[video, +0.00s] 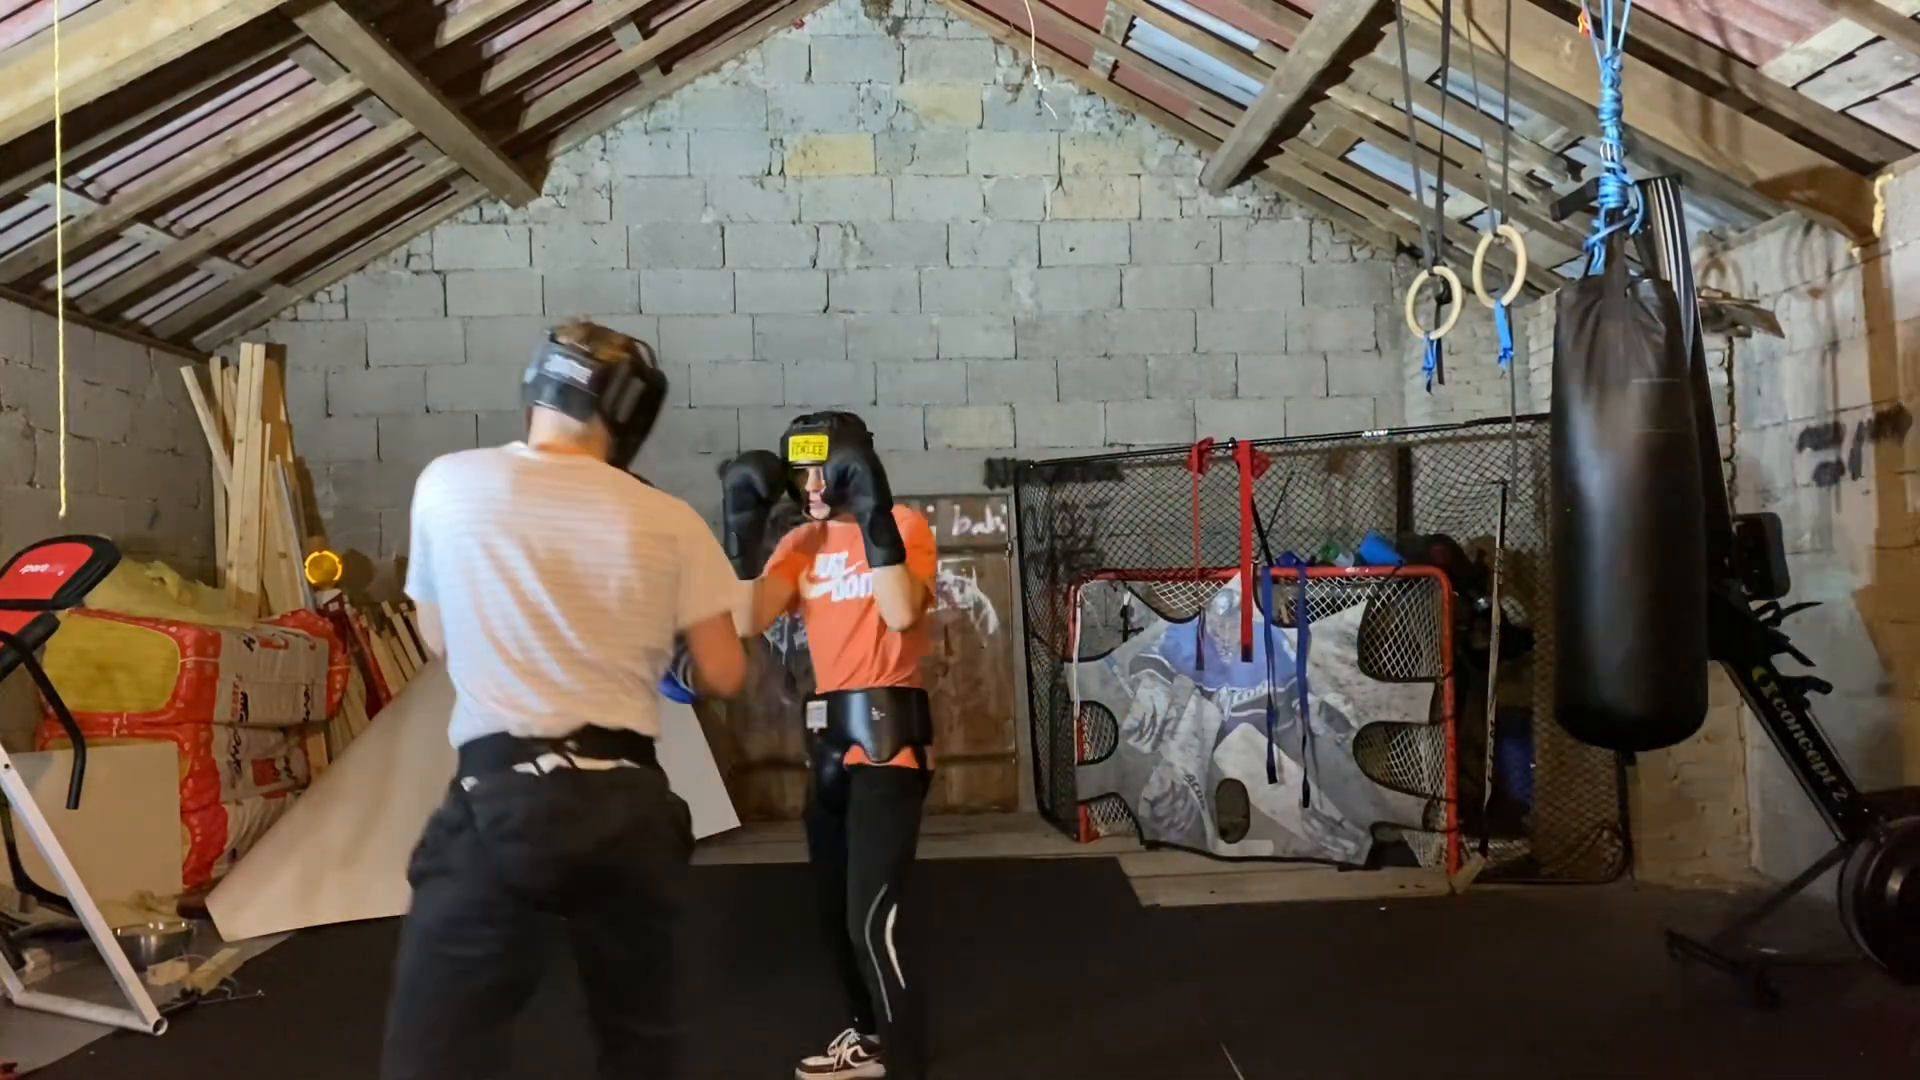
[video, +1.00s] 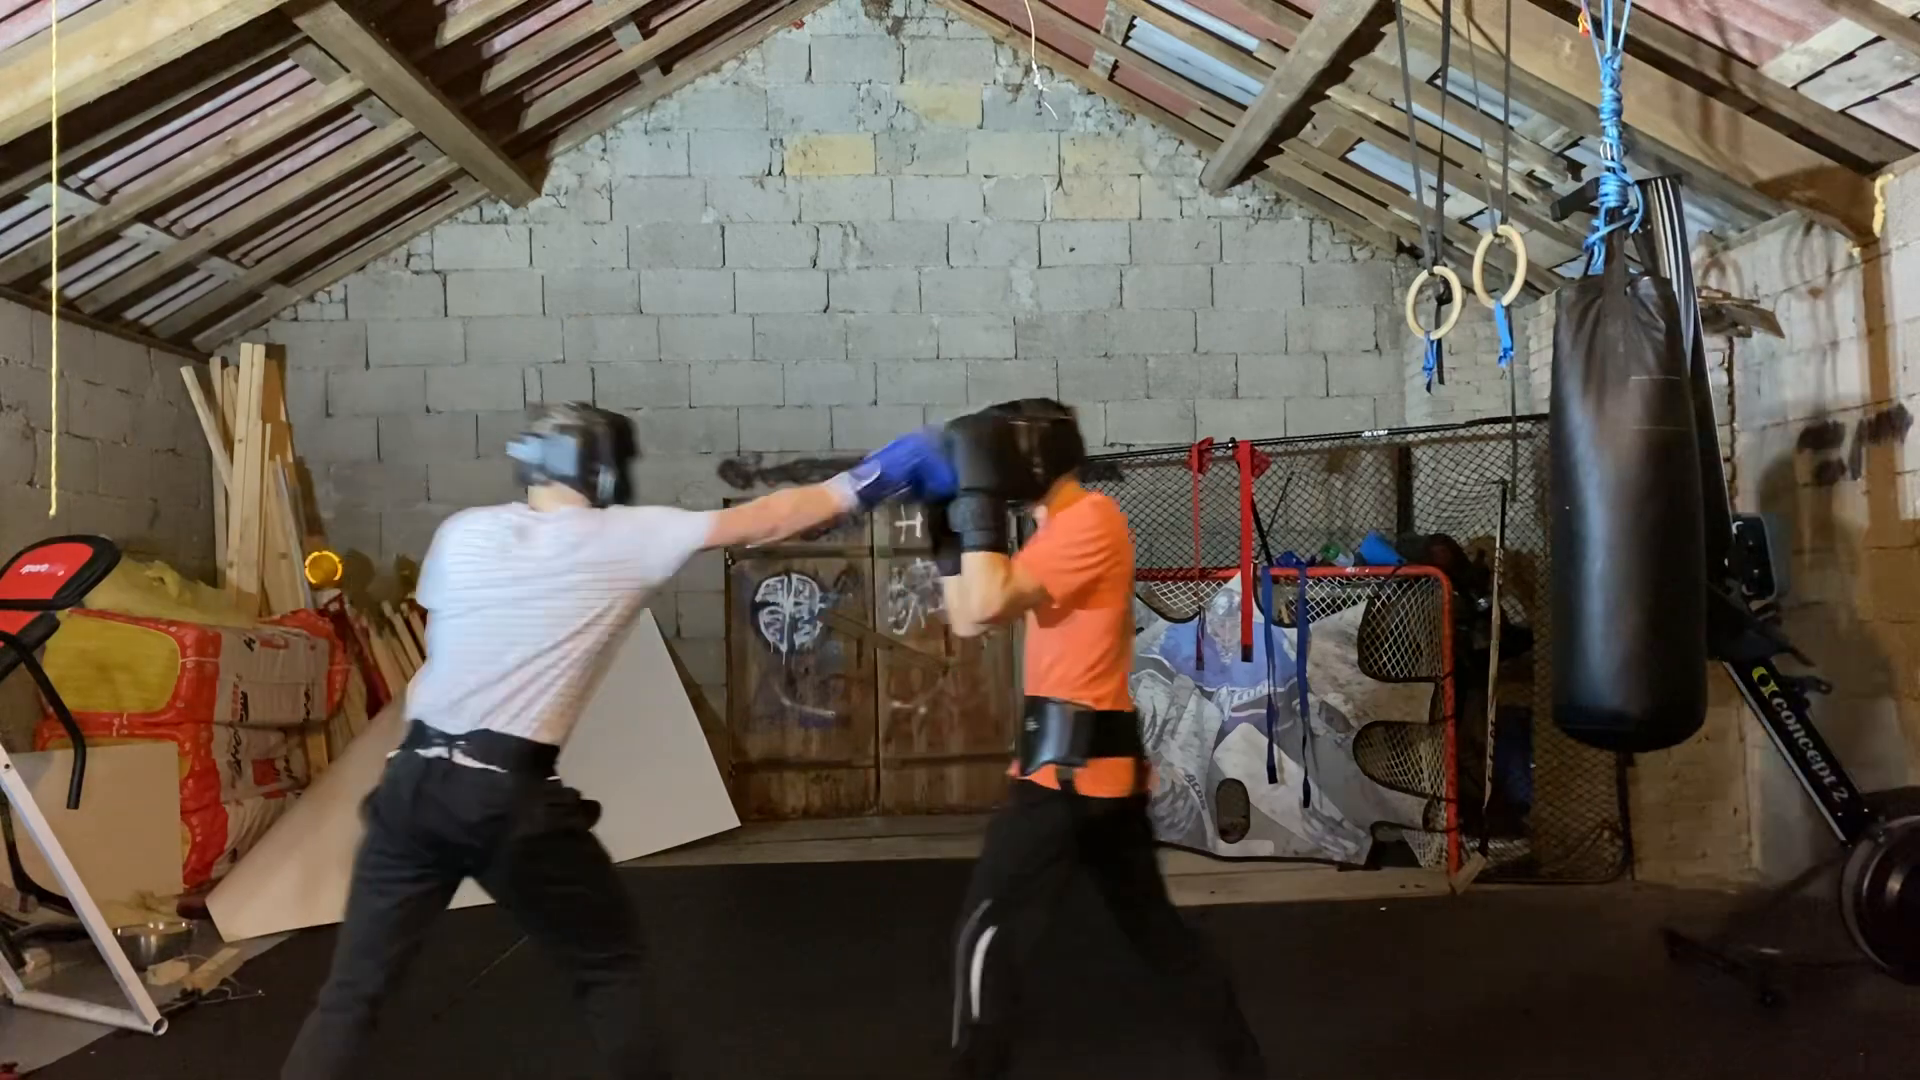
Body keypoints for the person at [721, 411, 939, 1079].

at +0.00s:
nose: (809, 485)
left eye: (820, 470)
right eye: (801, 472)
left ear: (855, 467)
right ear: (795, 479)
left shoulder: (902, 525)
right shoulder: (802, 542)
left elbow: (901, 613)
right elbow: (748, 622)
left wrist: (873, 515)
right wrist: (744, 538)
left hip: (888, 732)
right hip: (828, 735)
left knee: (872, 918)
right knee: (837, 905)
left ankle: (905, 1062)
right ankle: (868, 1033)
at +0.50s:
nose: (860, 487)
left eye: (865, 474)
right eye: (857, 477)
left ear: (896, 466)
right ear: (904, 464)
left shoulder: (955, 519)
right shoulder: (898, 538)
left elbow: (890, 593)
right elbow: (824, 616)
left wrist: (873, 498)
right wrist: (806, 522)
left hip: (961, 736)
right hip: (922, 735)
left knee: (901, 916)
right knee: (926, 902)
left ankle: (931, 1067)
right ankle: (966, 1047)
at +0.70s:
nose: (878, 473)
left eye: (882, 459)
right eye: (878, 458)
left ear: (912, 457)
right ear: (935, 450)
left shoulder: (981, 508)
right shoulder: (947, 515)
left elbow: (888, 592)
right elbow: (873, 611)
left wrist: (876, 488)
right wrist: (836, 523)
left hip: (994, 735)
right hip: (989, 730)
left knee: (946, 921)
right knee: (1013, 899)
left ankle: (959, 1067)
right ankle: (1029, 1044)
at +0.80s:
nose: (914, 463)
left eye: (917, 450)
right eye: (915, 447)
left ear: (943, 451)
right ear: (964, 445)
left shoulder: (1013, 502)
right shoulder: (977, 509)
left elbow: (918, 591)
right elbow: (904, 603)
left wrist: (906, 484)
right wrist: (867, 519)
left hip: (1016, 747)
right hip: (1015, 741)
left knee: (972, 928)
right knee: (1044, 906)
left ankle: (977, 1068)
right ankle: (1138, 1046)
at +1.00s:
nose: (997, 469)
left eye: (1003, 456)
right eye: (998, 454)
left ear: (1028, 460)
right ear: (1058, 455)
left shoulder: (1088, 522)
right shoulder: (1067, 523)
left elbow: (978, 608)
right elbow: (968, 615)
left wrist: (976, 499)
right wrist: (949, 523)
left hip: (1072, 761)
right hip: (1099, 758)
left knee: (984, 928)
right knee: (1153, 927)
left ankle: (974, 1066)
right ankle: (1241, 1061)